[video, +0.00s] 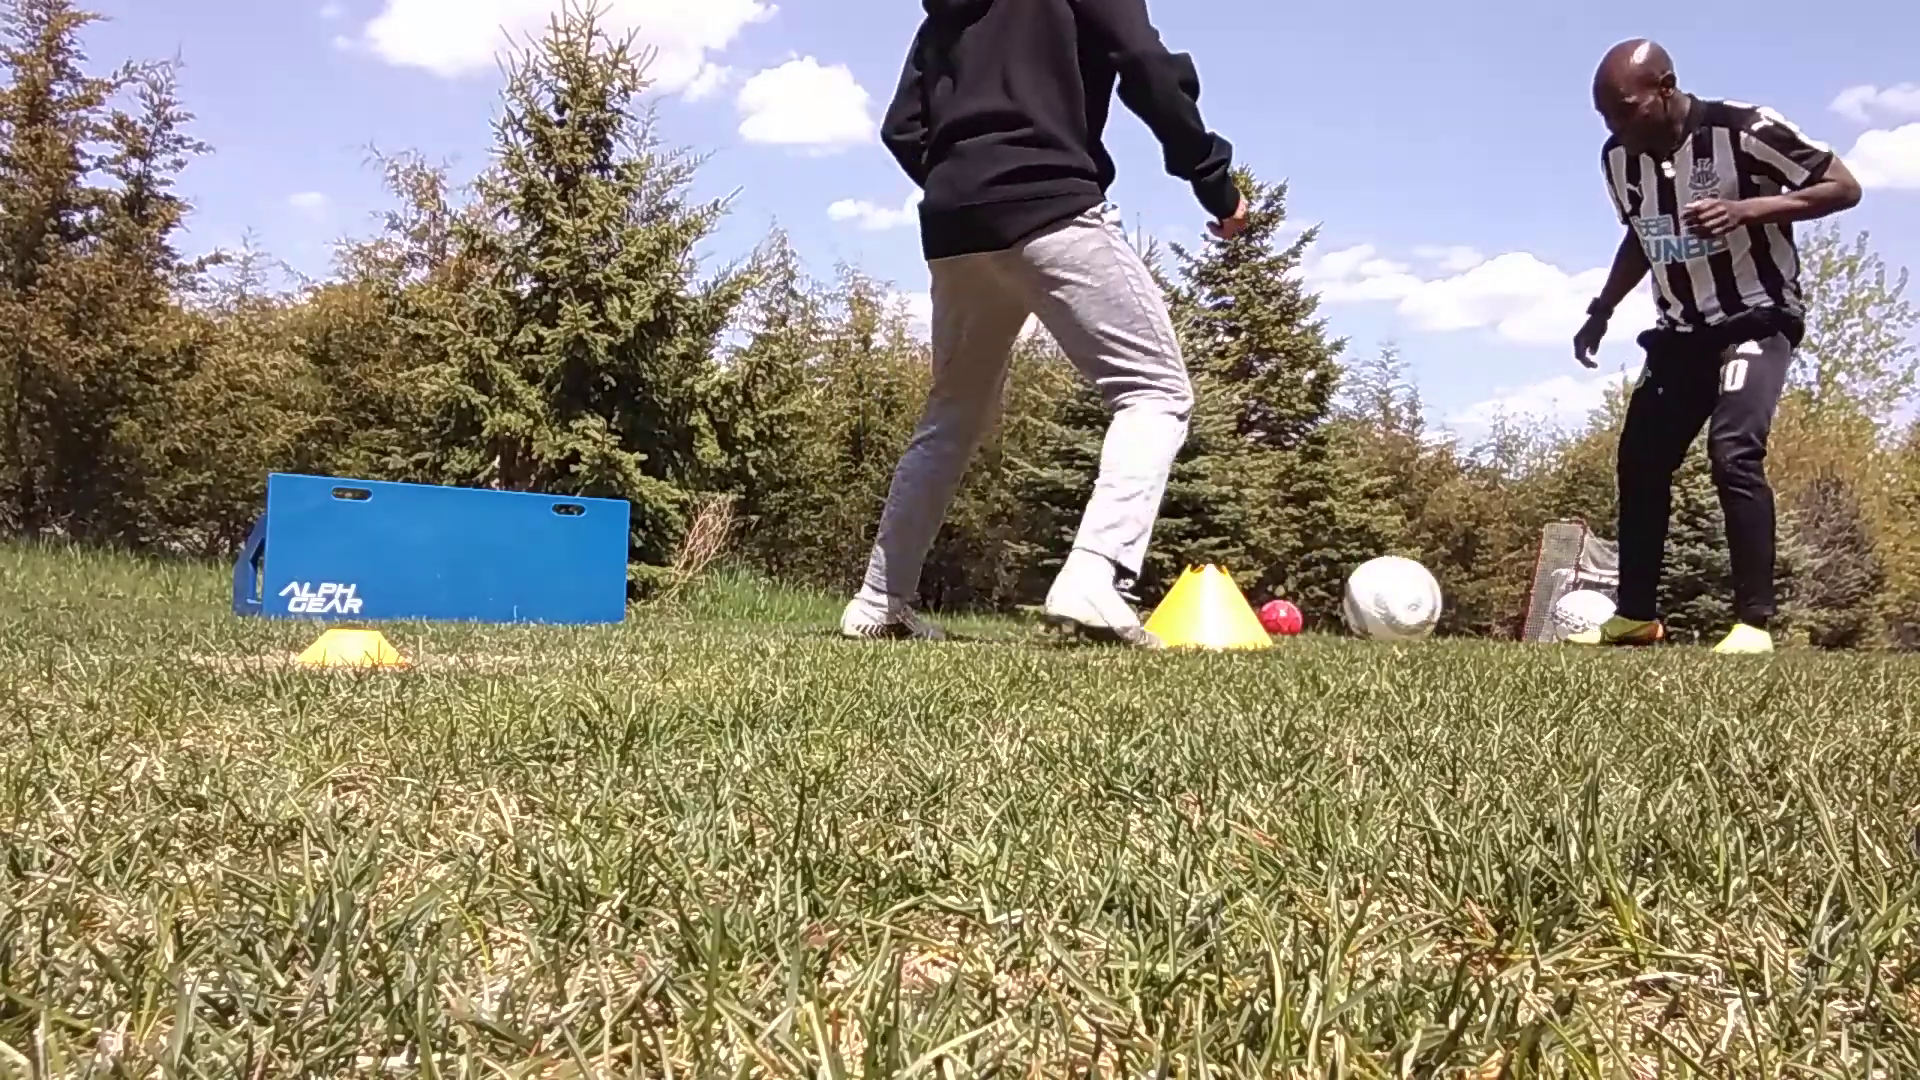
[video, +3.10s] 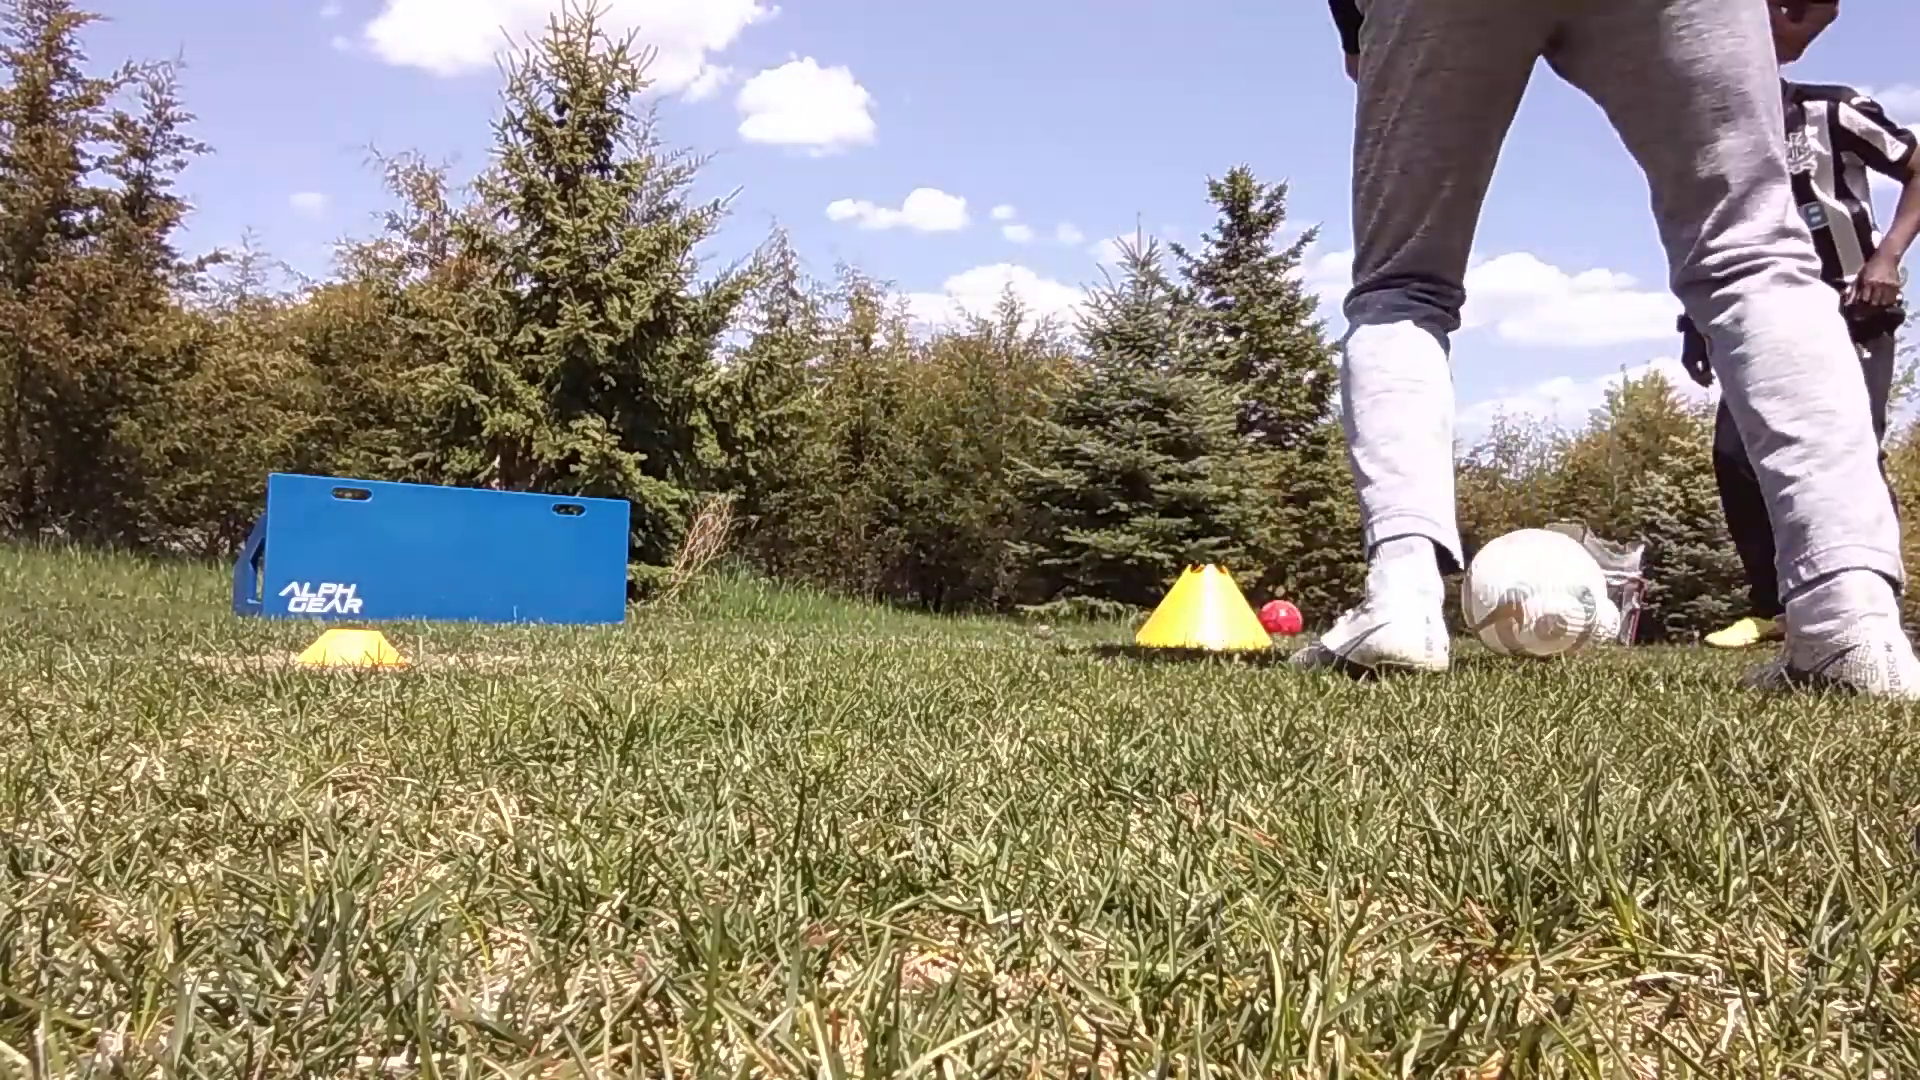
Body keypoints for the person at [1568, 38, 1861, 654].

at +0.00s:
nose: (1612, 128)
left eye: (1620, 112)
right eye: (1606, 115)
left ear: (1663, 93)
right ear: (1612, 106)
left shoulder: (1745, 129)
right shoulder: (1620, 158)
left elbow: (1844, 187)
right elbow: (1643, 236)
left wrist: (1747, 207)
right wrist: (1601, 310)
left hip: (1755, 323)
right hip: (1682, 333)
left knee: (1733, 453)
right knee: (1640, 459)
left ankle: (1753, 624)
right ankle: (1637, 615)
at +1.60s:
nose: (1552, 153)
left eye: (1566, 139)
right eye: (1545, 139)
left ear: (1607, 130)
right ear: (1538, 137)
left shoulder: (1674, 166)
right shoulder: (1536, 204)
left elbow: (1744, 212)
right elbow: (1549, 275)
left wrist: (1701, 303)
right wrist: (1549, 354)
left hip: (1702, 337)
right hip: (1619, 351)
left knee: (1725, 463)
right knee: (1598, 475)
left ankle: (1755, 617)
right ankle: (1599, 621)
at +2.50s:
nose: (1648, 133)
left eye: (1663, 118)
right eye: (1636, 119)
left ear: (1692, 104)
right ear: (1618, 111)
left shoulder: (1744, 152)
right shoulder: (1600, 179)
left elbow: (1841, 196)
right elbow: (1598, 247)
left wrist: (1796, 254)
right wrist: (1577, 321)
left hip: (1747, 333)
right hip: (1652, 348)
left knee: (1793, 451)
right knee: (1610, 479)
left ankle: (1848, 606)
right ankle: (1597, 623)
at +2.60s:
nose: (1676, 105)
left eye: (1692, 89)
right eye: (1664, 89)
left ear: (1724, 70)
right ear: (1648, 77)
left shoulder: (1779, 120)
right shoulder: (1633, 149)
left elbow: (1868, 165)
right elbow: (1636, 226)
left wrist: (1832, 233)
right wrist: (1605, 298)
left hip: (1788, 323)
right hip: (1696, 333)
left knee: (1820, 459)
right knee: (1642, 460)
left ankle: (1860, 620)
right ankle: (1614, 612)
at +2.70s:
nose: (1710, 109)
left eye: (1728, 92)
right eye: (1697, 92)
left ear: (1756, 73)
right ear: (1680, 77)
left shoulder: (1812, 120)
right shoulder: (1661, 157)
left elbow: (1891, 171)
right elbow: (1662, 247)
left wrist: (1861, 255)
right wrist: (1630, 319)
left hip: (1818, 323)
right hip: (1727, 334)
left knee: (1831, 463)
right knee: (1652, 434)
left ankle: (1864, 624)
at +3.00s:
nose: (1748, 81)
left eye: (1760, 67)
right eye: (1737, 68)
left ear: (1785, 60)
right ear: (1722, 64)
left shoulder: (1837, 113)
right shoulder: (1721, 138)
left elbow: (1917, 168)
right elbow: (1711, 230)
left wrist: (1889, 258)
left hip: (1861, 318)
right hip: (1787, 332)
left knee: (1853, 462)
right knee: (1755, 455)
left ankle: (1874, 625)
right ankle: (1795, 614)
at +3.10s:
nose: (1781, 16)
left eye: (1799, 8)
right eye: (1775, 5)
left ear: (1820, 22)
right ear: (1753, 13)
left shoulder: (1836, 107)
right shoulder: (1719, 121)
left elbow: (1916, 165)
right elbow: (1703, 224)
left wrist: (1887, 256)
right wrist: (1700, 314)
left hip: (1851, 309)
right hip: (1761, 313)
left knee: (1849, 452)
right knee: (1736, 453)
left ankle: (1861, 601)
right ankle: (1770, 603)